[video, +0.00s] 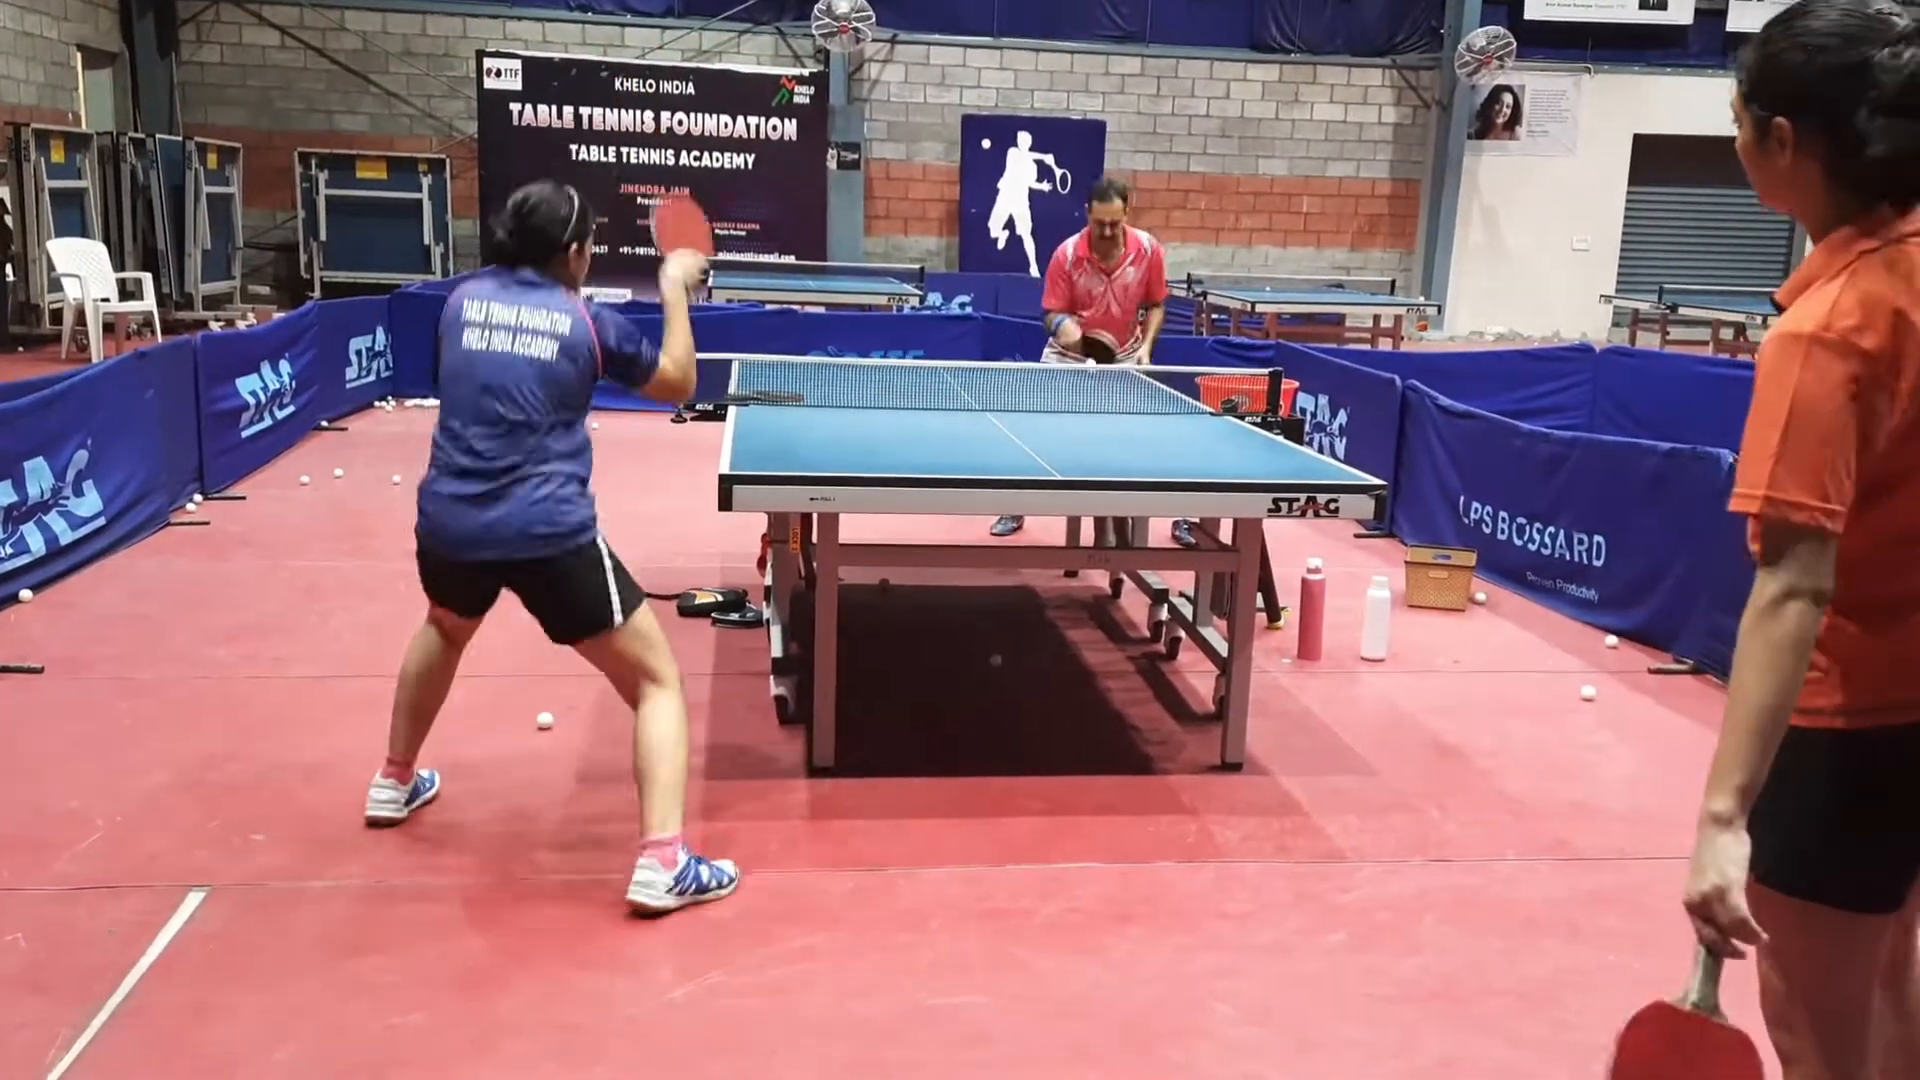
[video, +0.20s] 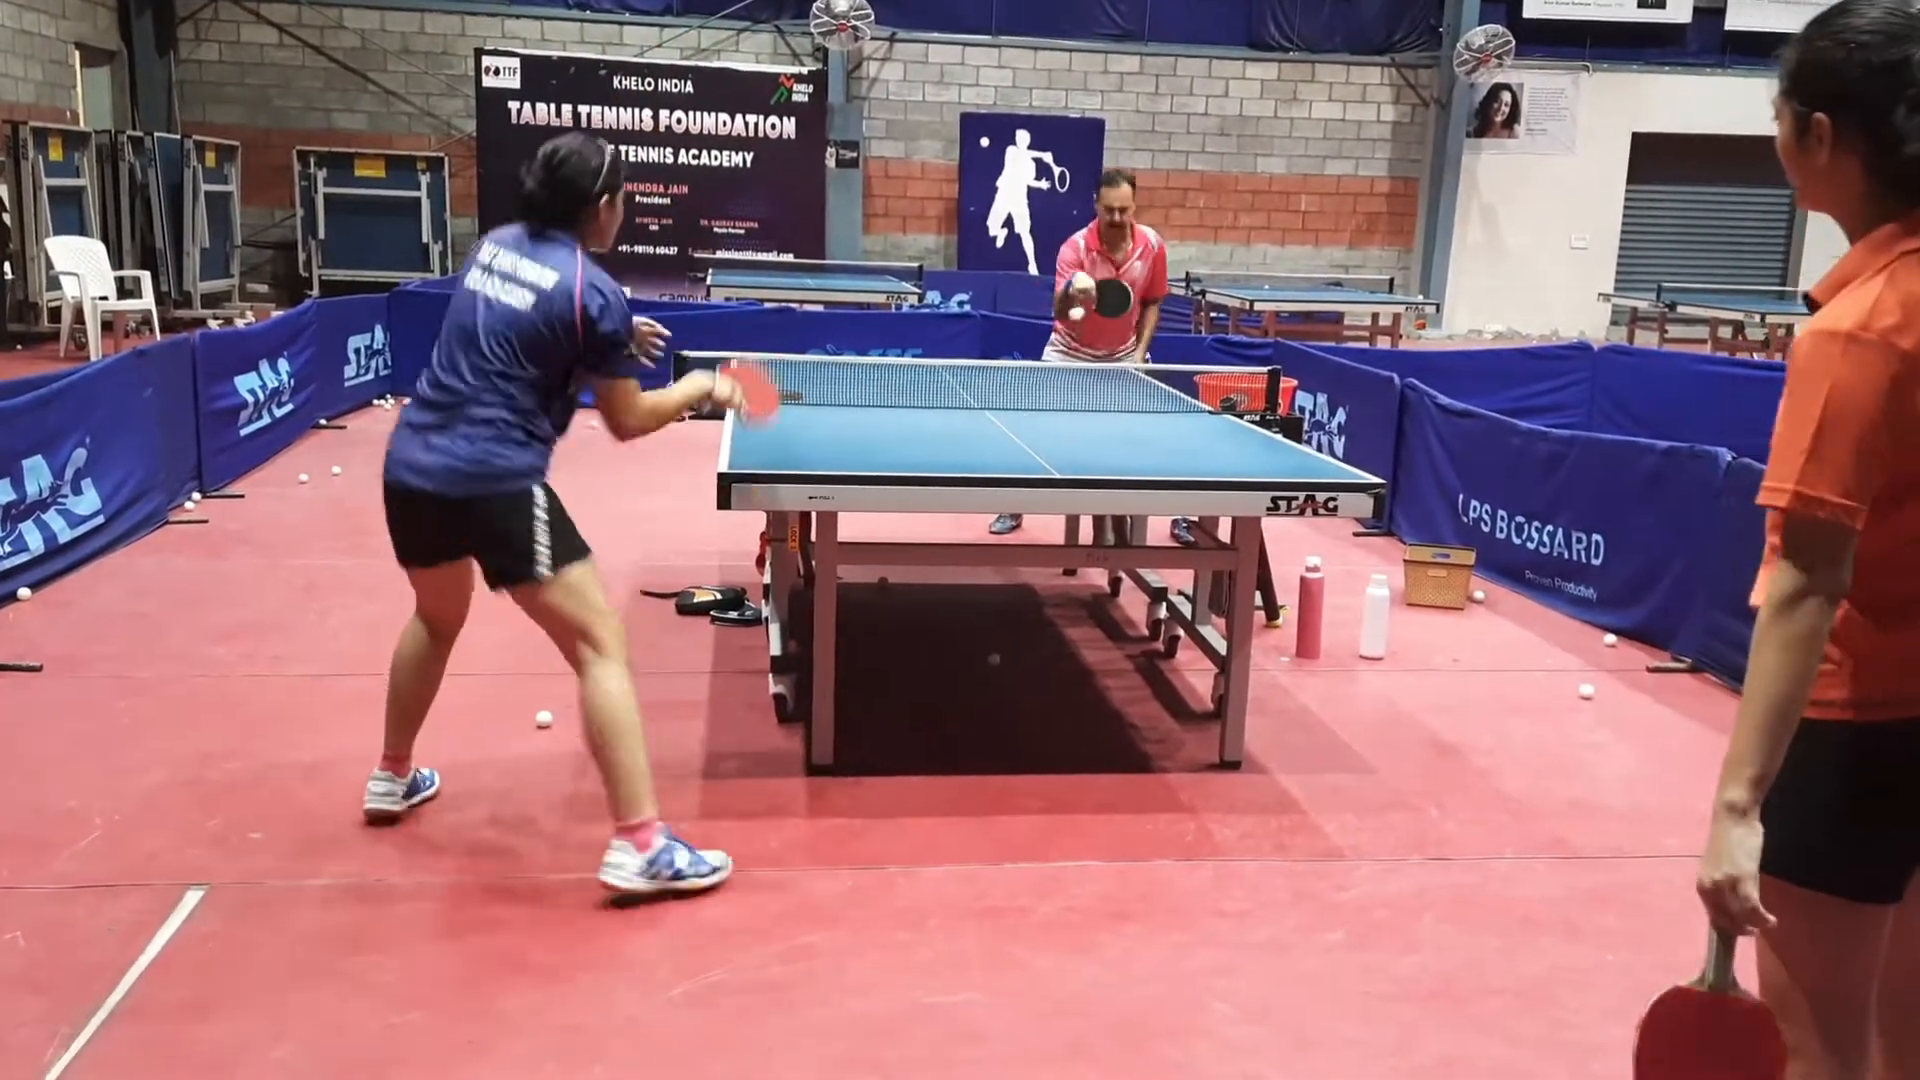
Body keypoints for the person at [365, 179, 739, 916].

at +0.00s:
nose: (589, 253)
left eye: (586, 241)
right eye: (586, 243)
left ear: (508, 243)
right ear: (571, 252)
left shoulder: (459, 301)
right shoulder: (587, 322)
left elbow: (462, 378)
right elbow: (678, 382)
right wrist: (674, 285)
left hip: (451, 528)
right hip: (550, 535)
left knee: (444, 628)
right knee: (654, 679)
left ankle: (392, 781)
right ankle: (664, 857)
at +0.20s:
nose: (623, 209)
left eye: (622, 197)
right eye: (619, 197)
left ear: (542, 195)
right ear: (596, 206)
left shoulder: (498, 244)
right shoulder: (594, 296)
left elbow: (533, 326)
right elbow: (628, 417)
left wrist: (615, 333)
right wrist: (701, 391)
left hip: (411, 472)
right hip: (500, 483)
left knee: (436, 615)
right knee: (598, 645)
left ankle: (390, 776)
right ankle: (643, 840)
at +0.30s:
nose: (647, 204)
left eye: (646, 190)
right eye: (642, 192)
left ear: (577, 192)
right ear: (617, 202)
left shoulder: (533, 233)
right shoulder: (586, 285)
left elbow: (555, 344)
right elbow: (570, 418)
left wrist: (644, 358)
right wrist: (661, 443)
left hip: (404, 447)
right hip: (471, 467)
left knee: (439, 608)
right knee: (578, 638)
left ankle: (375, 757)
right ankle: (556, 842)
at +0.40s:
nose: (662, 245)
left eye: (660, 231)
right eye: (657, 233)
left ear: (595, 234)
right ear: (628, 245)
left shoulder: (558, 272)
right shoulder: (565, 319)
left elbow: (573, 381)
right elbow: (514, 447)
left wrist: (663, 411)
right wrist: (609, 507)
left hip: (418, 470)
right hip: (450, 491)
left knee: (456, 621)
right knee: (571, 651)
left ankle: (353, 751)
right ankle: (537, 851)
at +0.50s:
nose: (660, 312)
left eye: (660, 299)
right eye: (656, 299)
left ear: (605, 299)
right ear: (626, 305)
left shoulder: (602, 362)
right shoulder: (532, 370)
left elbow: (603, 445)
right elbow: (465, 491)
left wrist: (655, 474)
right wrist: (552, 570)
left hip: (460, 513)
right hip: (428, 520)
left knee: (466, 655)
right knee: (571, 658)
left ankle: (339, 760)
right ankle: (536, 852)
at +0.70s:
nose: (642, 331)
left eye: (642, 318)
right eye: (638, 319)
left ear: (585, 318)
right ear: (604, 329)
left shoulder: (555, 345)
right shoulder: (523, 400)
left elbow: (600, 411)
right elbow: (493, 527)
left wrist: (665, 424)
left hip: (425, 504)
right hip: (413, 520)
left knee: (466, 648)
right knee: (558, 651)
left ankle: (337, 752)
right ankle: (531, 853)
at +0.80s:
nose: (637, 299)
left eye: (637, 286)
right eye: (632, 290)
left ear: (578, 280)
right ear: (602, 298)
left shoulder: (529, 292)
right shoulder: (549, 382)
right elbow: (515, 503)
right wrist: (605, 524)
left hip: (384, 475)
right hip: (421, 500)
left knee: (462, 605)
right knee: (561, 653)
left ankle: (366, 715)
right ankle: (532, 850)